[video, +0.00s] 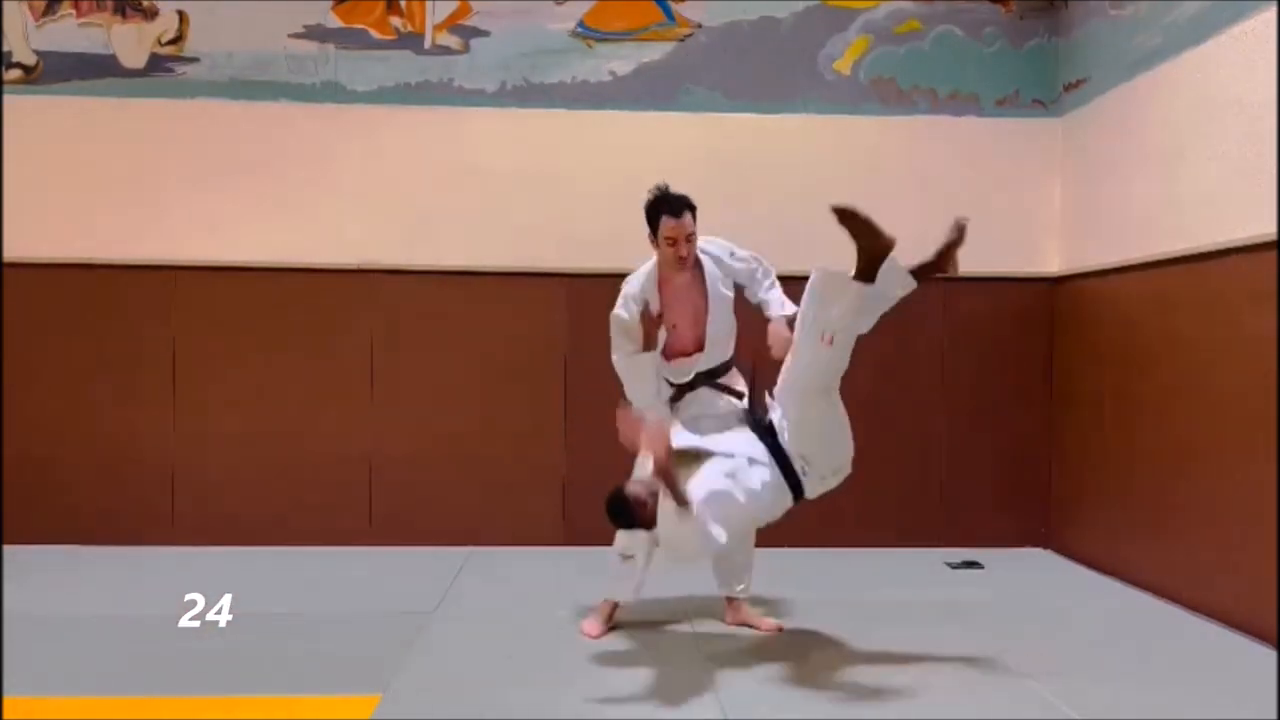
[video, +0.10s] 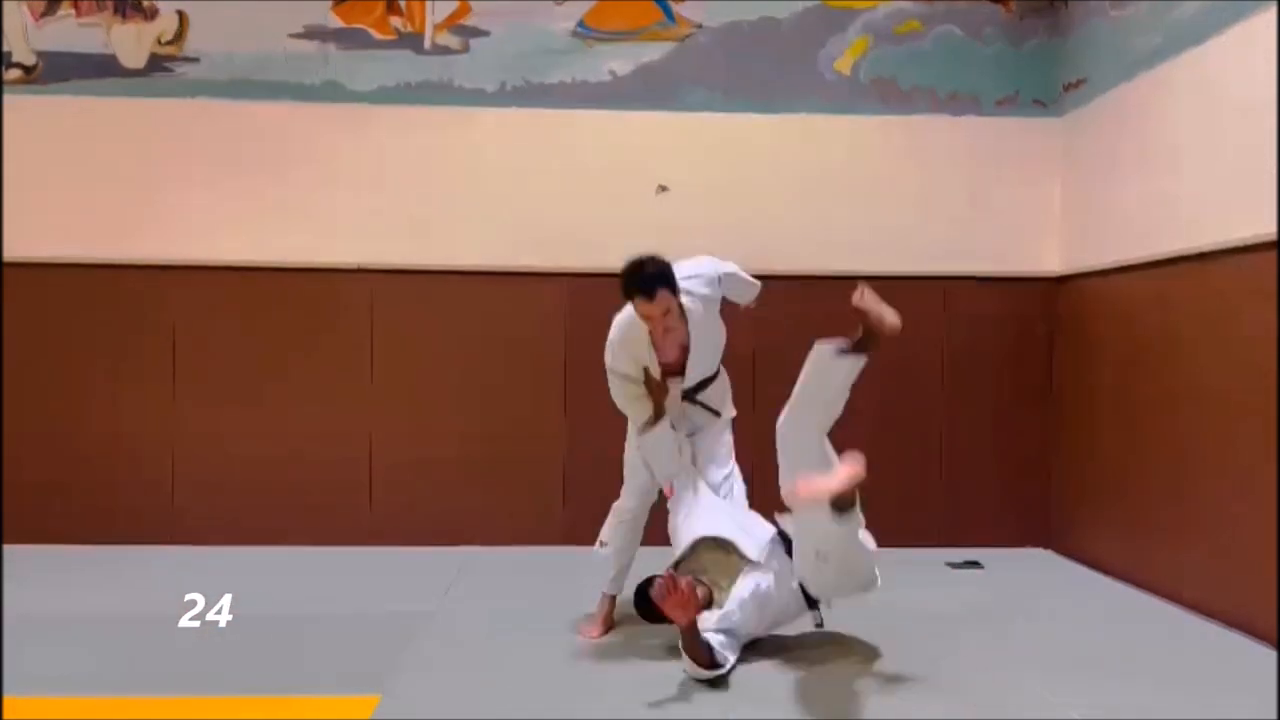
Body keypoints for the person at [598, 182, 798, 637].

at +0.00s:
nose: (683, 249)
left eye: (689, 238)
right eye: (672, 242)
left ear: (697, 231)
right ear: (653, 240)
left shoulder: (717, 256)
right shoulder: (636, 294)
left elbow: (760, 275)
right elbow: (631, 364)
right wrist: (655, 426)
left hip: (719, 387)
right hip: (662, 397)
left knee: (736, 493)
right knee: (645, 495)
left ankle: (736, 604)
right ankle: (611, 604)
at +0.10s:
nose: (661, 325)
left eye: (667, 314)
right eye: (650, 319)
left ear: (677, 293)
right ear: (634, 309)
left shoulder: (700, 282)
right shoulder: (623, 337)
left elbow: (719, 272)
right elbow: (640, 413)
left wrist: (748, 293)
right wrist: (674, 481)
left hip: (707, 399)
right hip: (653, 415)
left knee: (725, 487)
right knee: (635, 501)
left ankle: (744, 591)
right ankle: (607, 603)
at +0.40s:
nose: (671, 338)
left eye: (677, 328)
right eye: (660, 331)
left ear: (689, 309)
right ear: (645, 321)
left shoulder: (719, 289)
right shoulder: (631, 337)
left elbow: (764, 315)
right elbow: (651, 411)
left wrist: (797, 366)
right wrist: (692, 472)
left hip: (715, 405)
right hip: (658, 415)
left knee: (720, 502)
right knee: (636, 505)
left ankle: (709, 599)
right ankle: (616, 609)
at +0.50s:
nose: (669, 327)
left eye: (676, 317)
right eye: (658, 320)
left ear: (688, 293)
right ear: (643, 306)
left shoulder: (722, 286)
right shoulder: (629, 332)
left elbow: (762, 317)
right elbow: (649, 408)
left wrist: (790, 366)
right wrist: (687, 468)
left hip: (715, 410)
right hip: (657, 418)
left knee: (720, 508)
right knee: (637, 510)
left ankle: (702, 602)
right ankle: (616, 609)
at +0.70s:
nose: (646, 251)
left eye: (656, 239)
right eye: (636, 240)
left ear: (671, 231)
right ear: (623, 234)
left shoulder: (703, 265)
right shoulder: (602, 284)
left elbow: (738, 316)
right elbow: (588, 352)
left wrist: (762, 374)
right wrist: (620, 401)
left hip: (694, 403)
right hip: (631, 406)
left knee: (714, 503)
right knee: (612, 510)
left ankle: (702, 608)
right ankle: (589, 617)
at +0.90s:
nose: (618, 187)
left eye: (626, 177)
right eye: (609, 176)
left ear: (636, 181)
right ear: (588, 177)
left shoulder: (655, 241)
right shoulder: (550, 223)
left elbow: (680, 308)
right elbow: (498, 254)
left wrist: (694, 362)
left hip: (637, 385)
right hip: (578, 387)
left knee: (660, 496)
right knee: (580, 511)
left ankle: (643, 571)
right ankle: (586, 618)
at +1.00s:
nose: (614, 192)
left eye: (621, 184)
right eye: (605, 182)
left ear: (627, 187)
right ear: (579, 182)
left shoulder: (637, 248)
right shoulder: (539, 230)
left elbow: (663, 315)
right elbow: (486, 270)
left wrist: (688, 369)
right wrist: (527, 272)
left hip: (616, 384)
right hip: (563, 384)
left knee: (617, 496)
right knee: (574, 499)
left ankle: (577, 582)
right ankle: (585, 616)